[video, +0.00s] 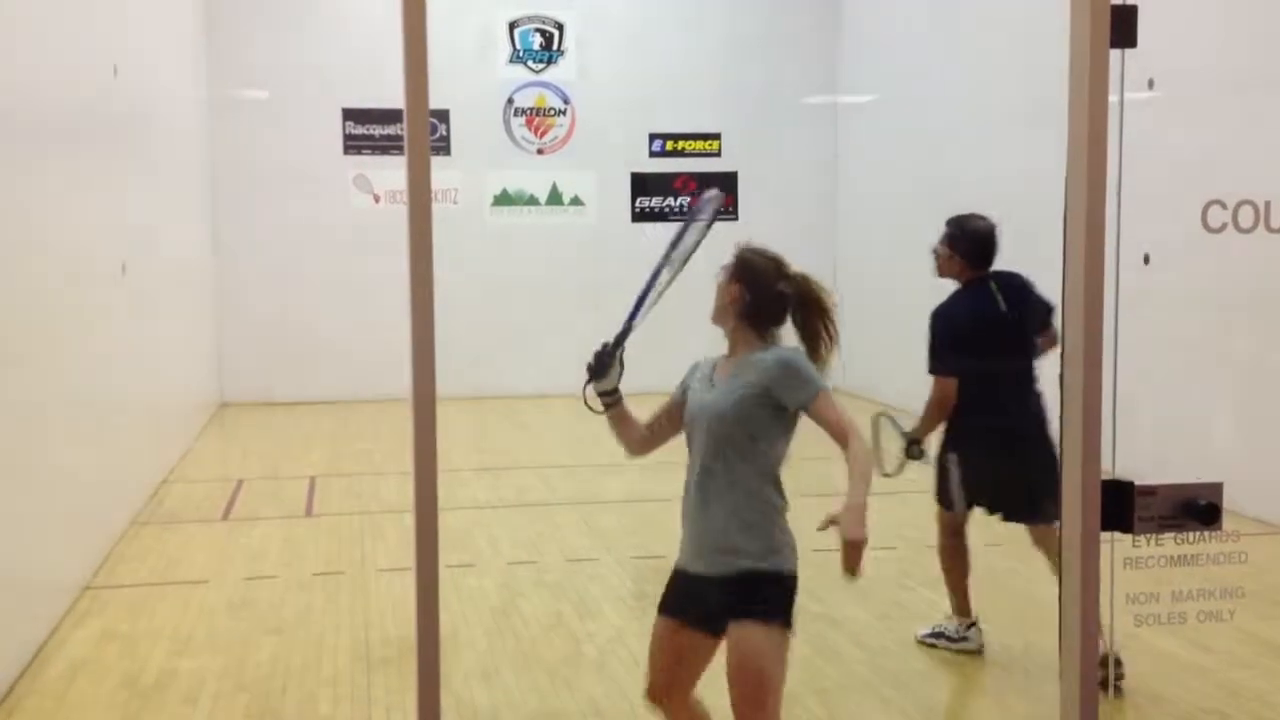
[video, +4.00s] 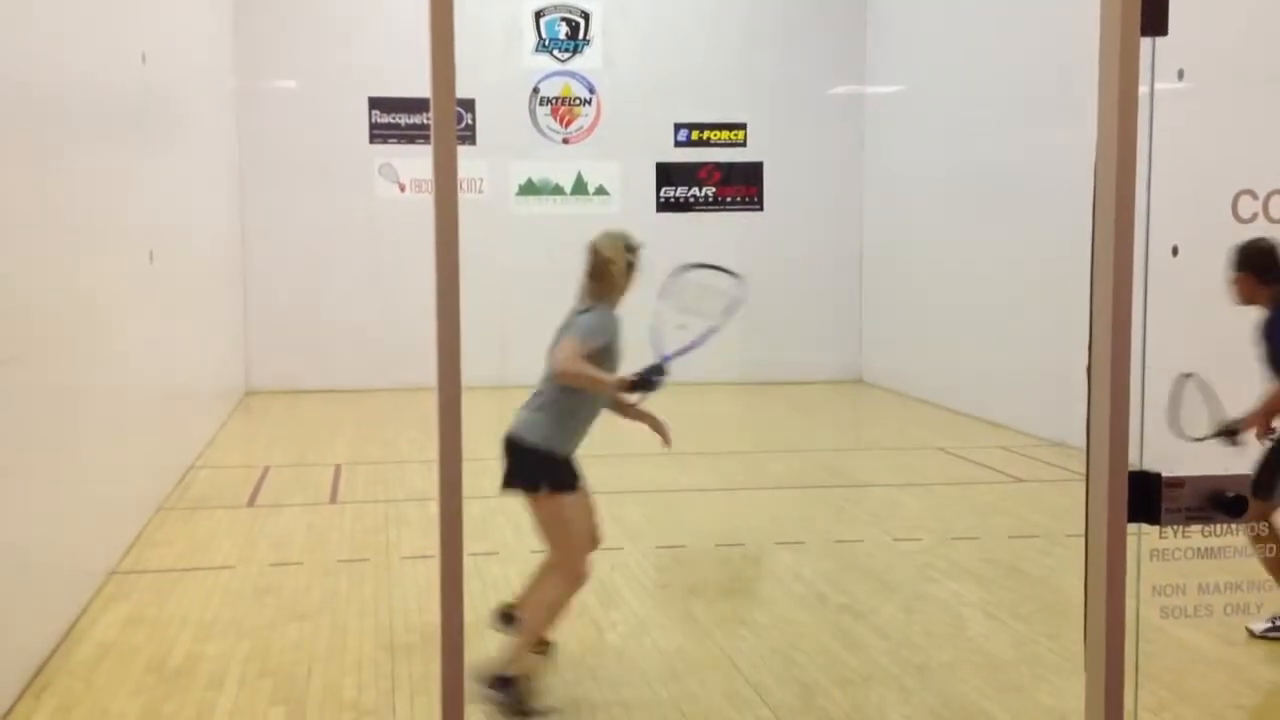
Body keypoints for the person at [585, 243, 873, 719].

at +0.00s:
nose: (716, 288)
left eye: (722, 280)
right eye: (722, 280)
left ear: (737, 295)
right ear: (743, 300)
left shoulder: (782, 367)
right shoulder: (701, 373)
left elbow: (854, 440)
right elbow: (638, 442)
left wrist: (855, 510)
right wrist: (609, 391)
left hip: (759, 568)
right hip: (697, 565)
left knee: (755, 712)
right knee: (666, 692)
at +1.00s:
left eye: (601, 324)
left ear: (603, 332)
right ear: (662, 322)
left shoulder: (581, 402)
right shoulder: (708, 384)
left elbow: (540, 513)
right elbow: (787, 459)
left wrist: (517, 578)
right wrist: (852, 503)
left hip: (613, 613)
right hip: (690, 607)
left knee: (589, 711)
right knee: (613, 691)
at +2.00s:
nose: (787, 260)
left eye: (785, 253)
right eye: (783, 254)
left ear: (741, 263)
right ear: (768, 261)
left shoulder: (705, 317)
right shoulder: (793, 323)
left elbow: (674, 385)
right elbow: (805, 403)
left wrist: (661, 439)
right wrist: (812, 458)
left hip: (711, 459)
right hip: (769, 462)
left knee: (706, 561)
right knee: (756, 558)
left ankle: (685, 628)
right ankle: (737, 655)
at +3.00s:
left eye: (757, 247)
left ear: (757, 252)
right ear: (792, 247)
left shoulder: (753, 295)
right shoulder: (817, 290)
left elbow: (765, 356)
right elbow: (847, 347)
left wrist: (737, 376)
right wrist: (842, 384)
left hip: (778, 412)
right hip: (822, 406)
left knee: (752, 486)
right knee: (814, 484)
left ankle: (758, 577)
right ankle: (823, 571)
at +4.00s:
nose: (633, 276)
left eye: (632, 268)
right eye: (632, 268)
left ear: (595, 268)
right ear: (624, 272)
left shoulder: (599, 320)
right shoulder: (595, 318)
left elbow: (591, 388)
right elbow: (563, 364)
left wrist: (641, 416)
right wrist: (618, 385)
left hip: (548, 446)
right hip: (537, 448)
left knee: (584, 540)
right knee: (570, 563)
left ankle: (522, 613)